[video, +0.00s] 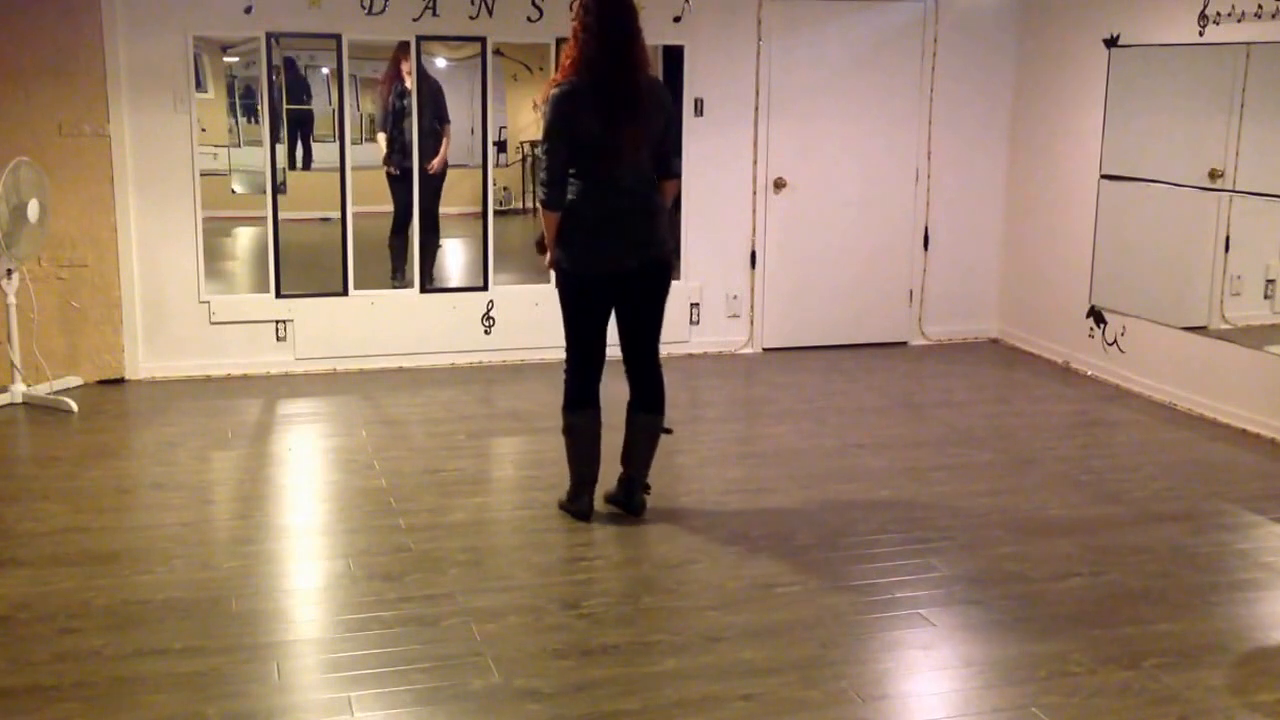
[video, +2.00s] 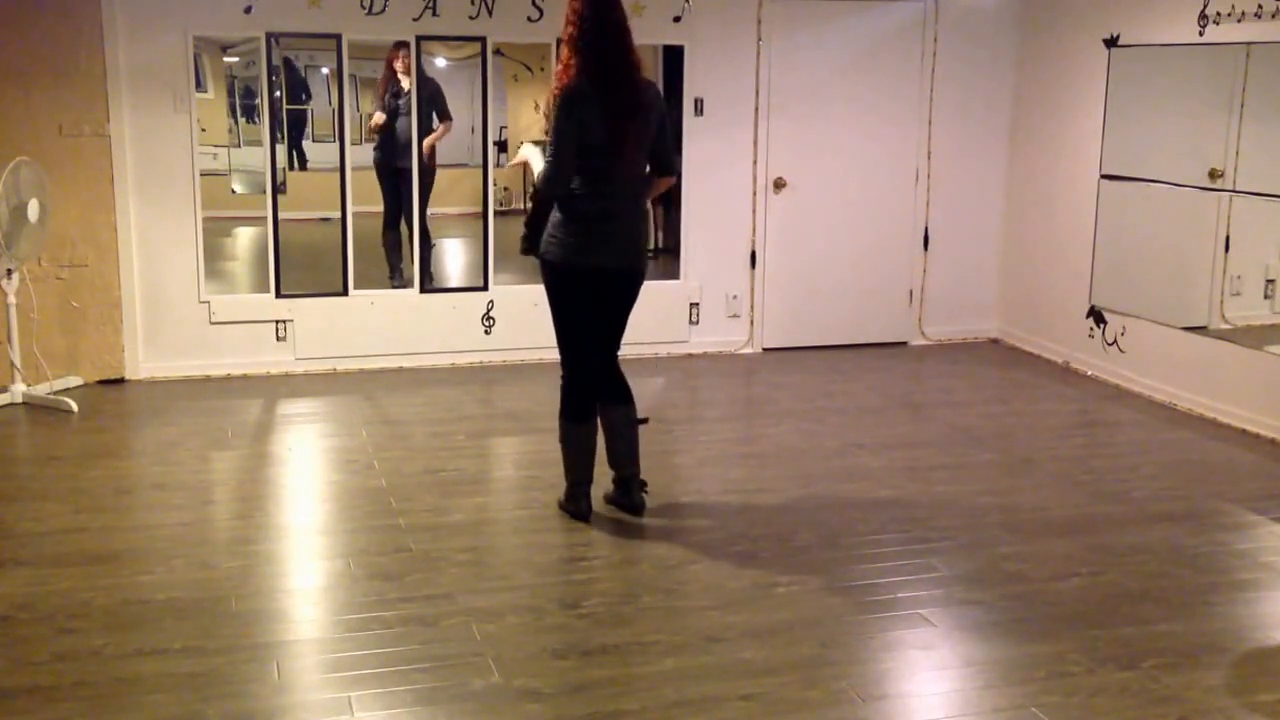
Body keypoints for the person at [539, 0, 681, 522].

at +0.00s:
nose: (570, 33)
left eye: (575, 25)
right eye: (576, 23)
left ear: (581, 34)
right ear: (633, 34)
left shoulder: (568, 95)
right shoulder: (658, 94)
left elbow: (554, 185)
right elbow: (669, 179)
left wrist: (551, 245)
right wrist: (649, 226)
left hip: (585, 251)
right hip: (647, 252)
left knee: (582, 367)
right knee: (644, 362)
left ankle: (581, 491)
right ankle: (634, 485)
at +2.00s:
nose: (563, 40)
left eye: (567, 33)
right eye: (568, 31)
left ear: (574, 39)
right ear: (623, 37)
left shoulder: (569, 97)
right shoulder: (648, 95)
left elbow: (556, 178)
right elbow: (669, 170)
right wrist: (635, 201)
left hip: (569, 249)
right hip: (627, 250)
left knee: (577, 365)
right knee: (606, 358)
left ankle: (578, 493)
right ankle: (629, 482)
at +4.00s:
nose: (566, 41)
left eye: (570, 32)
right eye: (571, 32)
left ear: (577, 39)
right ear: (626, 35)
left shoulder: (567, 94)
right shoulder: (653, 94)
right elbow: (695, 166)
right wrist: (656, 163)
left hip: (562, 254)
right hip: (626, 259)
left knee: (566, 365)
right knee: (612, 359)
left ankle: (578, 493)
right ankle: (631, 485)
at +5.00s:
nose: (572, 31)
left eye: (575, 23)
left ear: (575, 31)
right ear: (628, 32)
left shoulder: (551, 86)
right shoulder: (647, 89)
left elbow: (521, 166)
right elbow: (699, 153)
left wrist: (552, 180)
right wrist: (676, 161)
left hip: (576, 248)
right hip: (640, 248)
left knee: (579, 364)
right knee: (633, 358)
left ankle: (579, 492)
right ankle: (634, 484)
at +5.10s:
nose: (572, 34)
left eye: (576, 26)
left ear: (578, 34)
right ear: (630, 35)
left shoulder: (555, 90)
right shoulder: (651, 93)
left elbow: (532, 168)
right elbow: (688, 167)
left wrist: (533, 187)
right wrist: (666, 165)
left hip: (572, 252)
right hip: (636, 254)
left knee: (576, 365)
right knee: (627, 359)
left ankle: (578, 493)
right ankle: (628, 485)